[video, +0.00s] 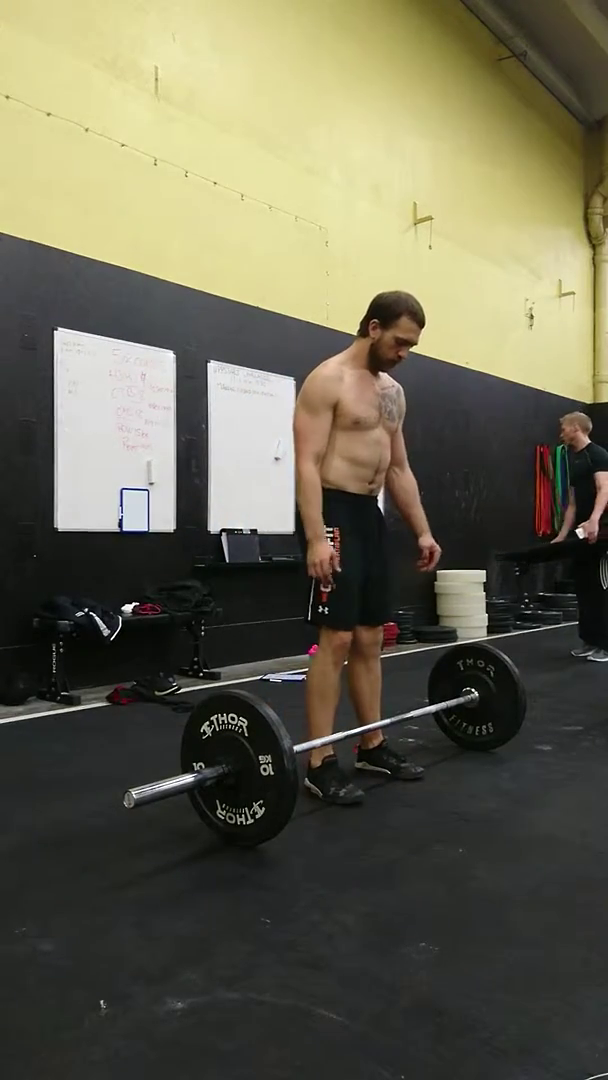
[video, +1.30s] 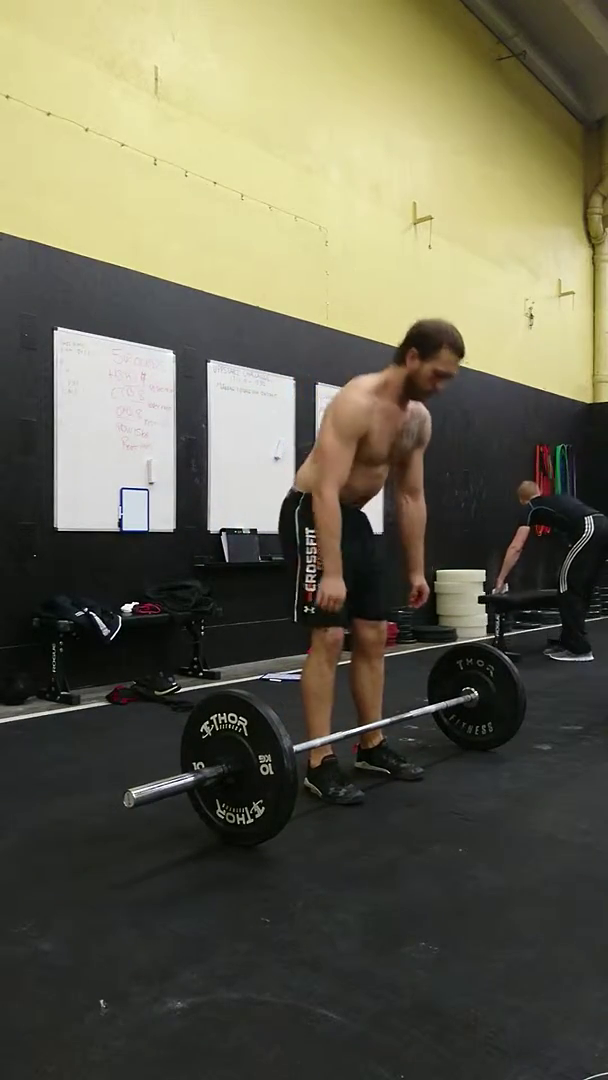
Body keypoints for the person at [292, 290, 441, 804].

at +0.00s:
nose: (404, 353)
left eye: (410, 346)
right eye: (399, 342)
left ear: (408, 341)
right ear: (371, 328)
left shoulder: (392, 390)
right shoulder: (327, 379)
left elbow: (398, 467)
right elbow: (307, 461)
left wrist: (422, 530)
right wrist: (316, 537)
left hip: (371, 516)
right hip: (332, 513)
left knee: (369, 637)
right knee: (336, 638)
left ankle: (372, 748)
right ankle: (319, 763)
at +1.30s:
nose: (441, 386)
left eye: (448, 378)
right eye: (438, 375)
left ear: (440, 369)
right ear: (411, 357)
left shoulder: (418, 419)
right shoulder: (356, 401)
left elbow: (411, 495)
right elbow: (326, 487)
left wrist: (417, 570)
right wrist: (332, 571)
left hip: (355, 516)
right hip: (312, 512)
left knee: (372, 636)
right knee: (328, 638)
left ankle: (371, 746)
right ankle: (319, 761)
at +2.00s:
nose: (466, 543)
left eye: (472, 537)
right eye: (465, 533)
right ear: (443, 511)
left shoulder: (440, 553)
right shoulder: (382, 540)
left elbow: (425, 623)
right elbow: (348, 636)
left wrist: (418, 695)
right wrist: (335, 715)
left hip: (347, 562)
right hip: (300, 550)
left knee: (395, 643)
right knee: (340, 649)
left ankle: (373, 748)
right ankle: (321, 763)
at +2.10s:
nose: (468, 542)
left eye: (475, 536)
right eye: (466, 532)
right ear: (443, 511)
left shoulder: (443, 554)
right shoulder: (383, 543)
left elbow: (427, 624)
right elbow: (347, 637)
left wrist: (418, 695)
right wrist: (335, 717)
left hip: (347, 567)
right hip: (299, 555)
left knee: (400, 644)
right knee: (354, 647)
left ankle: (373, 747)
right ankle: (322, 764)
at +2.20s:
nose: (469, 537)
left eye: (476, 530)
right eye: (467, 526)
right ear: (442, 507)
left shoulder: (445, 553)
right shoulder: (384, 543)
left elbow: (427, 624)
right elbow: (347, 637)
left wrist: (417, 695)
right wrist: (336, 717)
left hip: (349, 570)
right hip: (302, 561)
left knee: (404, 645)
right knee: (359, 648)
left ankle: (373, 747)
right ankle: (321, 763)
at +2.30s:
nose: (470, 532)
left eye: (476, 524)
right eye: (466, 521)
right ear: (440, 502)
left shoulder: (444, 552)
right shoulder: (384, 542)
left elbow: (427, 624)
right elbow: (348, 636)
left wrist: (418, 695)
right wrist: (337, 716)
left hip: (351, 573)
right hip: (303, 565)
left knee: (407, 646)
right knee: (361, 648)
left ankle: (373, 747)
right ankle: (321, 763)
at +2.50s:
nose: (469, 511)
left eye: (475, 504)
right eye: (465, 500)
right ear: (436, 483)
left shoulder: (444, 537)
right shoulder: (382, 528)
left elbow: (426, 612)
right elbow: (349, 623)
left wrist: (419, 683)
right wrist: (338, 703)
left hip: (350, 563)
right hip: (303, 554)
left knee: (399, 642)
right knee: (355, 645)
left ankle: (374, 747)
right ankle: (322, 763)